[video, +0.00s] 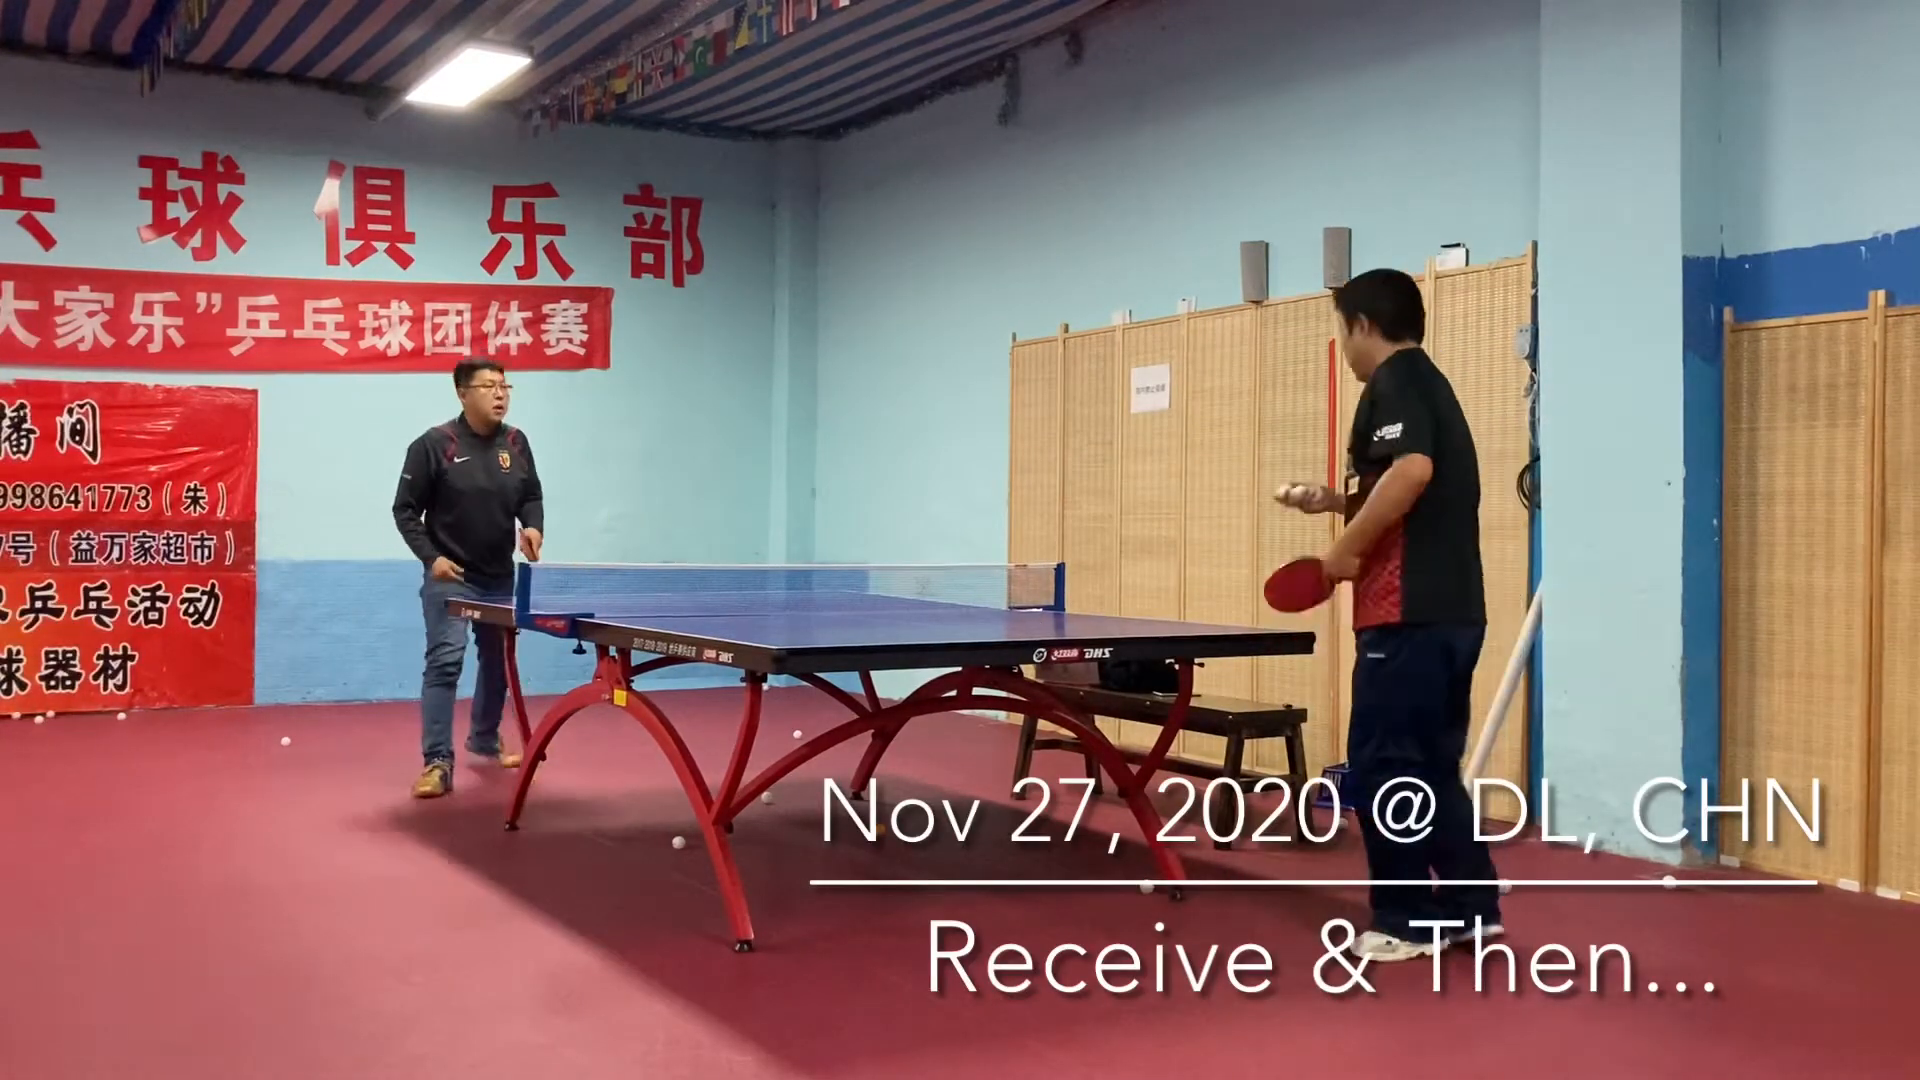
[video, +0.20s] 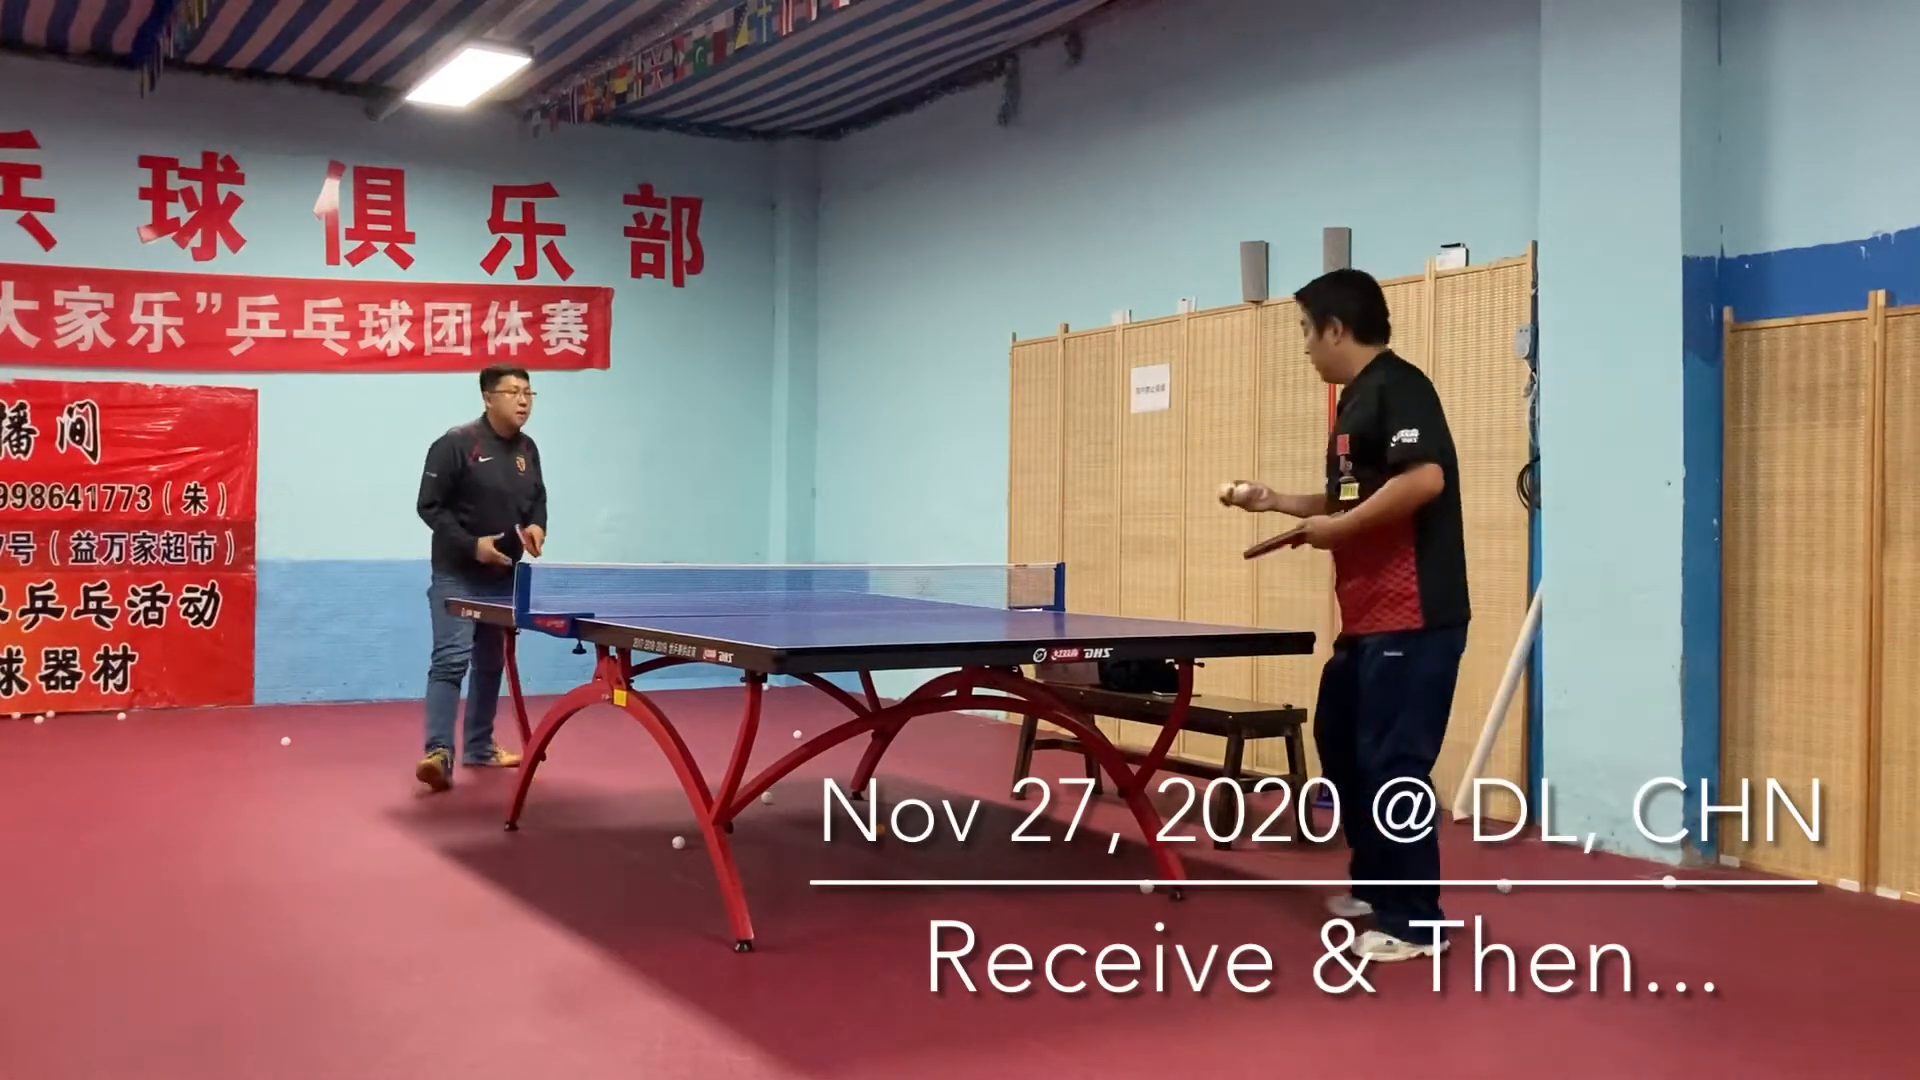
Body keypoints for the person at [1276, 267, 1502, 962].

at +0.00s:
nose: (1343, 347)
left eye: (1344, 332)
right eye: (1342, 333)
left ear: (1365, 326)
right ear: (1405, 325)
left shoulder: (1395, 381)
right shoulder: (1426, 383)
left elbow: (1413, 469)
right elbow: (1410, 494)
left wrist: (1348, 546)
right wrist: (1334, 499)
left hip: (1408, 617)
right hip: (1443, 613)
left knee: (1385, 770)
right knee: (1431, 765)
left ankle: (1411, 922)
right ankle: (1470, 908)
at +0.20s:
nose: (1308, 350)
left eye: (1310, 334)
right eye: (1306, 336)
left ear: (1337, 329)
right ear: (1350, 330)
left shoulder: (1396, 384)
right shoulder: (1355, 400)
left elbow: (1426, 477)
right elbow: (1354, 502)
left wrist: (1341, 528)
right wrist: (1279, 502)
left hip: (1414, 623)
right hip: (1368, 622)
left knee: (1393, 763)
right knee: (1340, 744)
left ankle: (1413, 923)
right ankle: (1378, 894)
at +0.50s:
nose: (1235, 385)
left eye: (1243, 371)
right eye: (1235, 371)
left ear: (1283, 372)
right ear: (1277, 373)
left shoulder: (1369, 418)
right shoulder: (1268, 449)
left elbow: (1404, 514)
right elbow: (1253, 530)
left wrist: (1316, 534)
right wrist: (1192, 544)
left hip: (1414, 621)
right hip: (1341, 625)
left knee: (1417, 766)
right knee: (1319, 754)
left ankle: (1429, 911)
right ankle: (1316, 888)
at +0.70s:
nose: (1228, 410)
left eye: (1237, 397)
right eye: (1227, 397)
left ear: (1279, 398)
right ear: (1268, 402)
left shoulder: (1362, 439)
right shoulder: (1254, 473)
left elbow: (1390, 538)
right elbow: (1240, 558)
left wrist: (1296, 552)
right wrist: (1179, 585)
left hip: (1415, 628)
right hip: (1336, 632)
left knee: (1456, 753)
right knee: (1313, 756)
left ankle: (1524, 893)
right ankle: (1315, 887)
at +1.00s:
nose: (1306, 417)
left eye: (1316, 405)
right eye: (1306, 405)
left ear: (1361, 408)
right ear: (1339, 409)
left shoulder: (1429, 460)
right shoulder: (1304, 463)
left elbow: (1440, 560)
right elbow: (1242, 516)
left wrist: (1354, 543)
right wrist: (1182, 515)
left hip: (1434, 643)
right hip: (1346, 640)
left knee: (1490, 761)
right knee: (1311, 744)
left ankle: (1550, 892)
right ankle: (1315, 888)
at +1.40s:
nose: (1376, 379)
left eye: (1389, 368)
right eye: (1377, 367)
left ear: (1434, 379)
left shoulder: (1500, 448)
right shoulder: (1368, 433)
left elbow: (1526, 535)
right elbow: (1300, 455)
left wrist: (1464, 543)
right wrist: (1240, 443)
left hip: (1475, 641)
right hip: (1383, 637)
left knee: (1518, 766)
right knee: (1349, 759)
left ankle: (1562, 896)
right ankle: (1344, 885)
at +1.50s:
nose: (1400, 368)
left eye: (1416, 356)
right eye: (1401, 355)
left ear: (1459, 371)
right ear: (1412, 367)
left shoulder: (1517, 440)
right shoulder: (1383, 430)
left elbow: (1549, 510)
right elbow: (1320, 456)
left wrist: (1531, 549)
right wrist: (1252, 474)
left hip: (1483, 635)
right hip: (1393, 632)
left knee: (1521, 765)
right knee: (1357, 753)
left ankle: (1561, 896)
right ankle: (1345, 885)